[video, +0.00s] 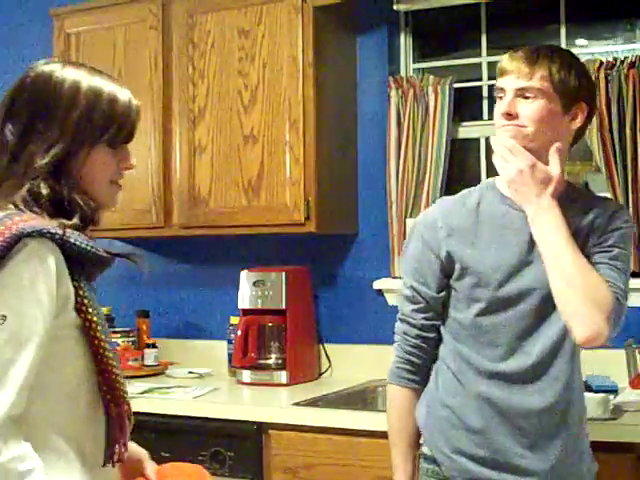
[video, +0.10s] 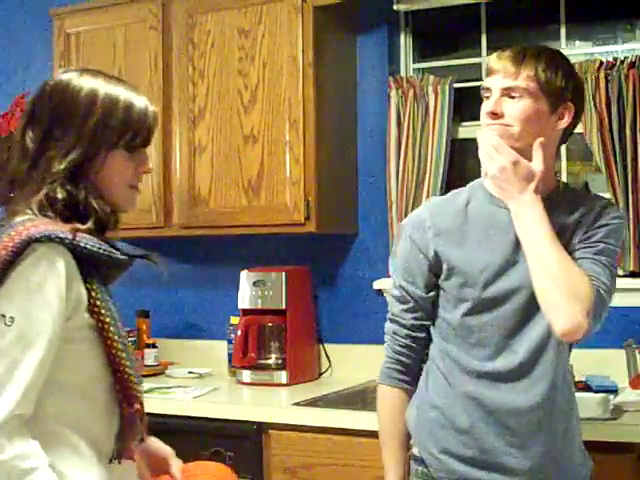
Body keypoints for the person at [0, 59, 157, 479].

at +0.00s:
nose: (129, 161)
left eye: (126, 144)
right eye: (114, 143)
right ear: (60, 145)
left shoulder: (46, 249)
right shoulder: (33, 252)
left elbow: (35, 404)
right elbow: (4, 433)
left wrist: (115, 448)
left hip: (78, 468)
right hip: (54, 469)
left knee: (193, 473)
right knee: (193, 473)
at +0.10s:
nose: (146, 165)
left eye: (144, 149)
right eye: (133, 148)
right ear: (82, 149)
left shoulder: (65, 255)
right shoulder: (47, 258)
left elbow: (49, 402)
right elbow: (6, 430)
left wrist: (133, 442)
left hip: (92, 468)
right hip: (65, 469)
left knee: (218, 472)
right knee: (218, 473)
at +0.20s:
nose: (167, 167)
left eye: (164, 151)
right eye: (150, 151)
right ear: (98, 155)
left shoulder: (85, 259)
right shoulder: (63, 265)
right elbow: (13, 432)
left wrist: (161, 434)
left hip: (121, 468)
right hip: (91, 471)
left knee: (244, 467)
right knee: (243, 469)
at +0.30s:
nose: (181, 160)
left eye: (176, 146)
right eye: (165, 146)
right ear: (119, 155)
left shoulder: (111, 260)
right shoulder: (84, 265)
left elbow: (106, 391)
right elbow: (26, 425)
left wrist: (184, 423)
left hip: (146, 469)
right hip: (118, 471)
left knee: (267, 461)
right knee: (265, 463)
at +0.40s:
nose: (196, 152)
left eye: (190, 139)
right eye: (179, 142)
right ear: (135, 155)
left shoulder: (134, 259)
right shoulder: (105, 264)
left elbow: (134, 388)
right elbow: (48, 417)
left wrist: (209, 420)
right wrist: (104, 473)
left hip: (160, 467)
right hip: (130, 470)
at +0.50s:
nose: (208, 145)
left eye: (201, 132)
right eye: (191, 134)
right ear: (147, 148)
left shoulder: (151, 251)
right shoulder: (126, 259)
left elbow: (157, 376)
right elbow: (87, 410)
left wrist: (226, 409)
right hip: (120, 469)